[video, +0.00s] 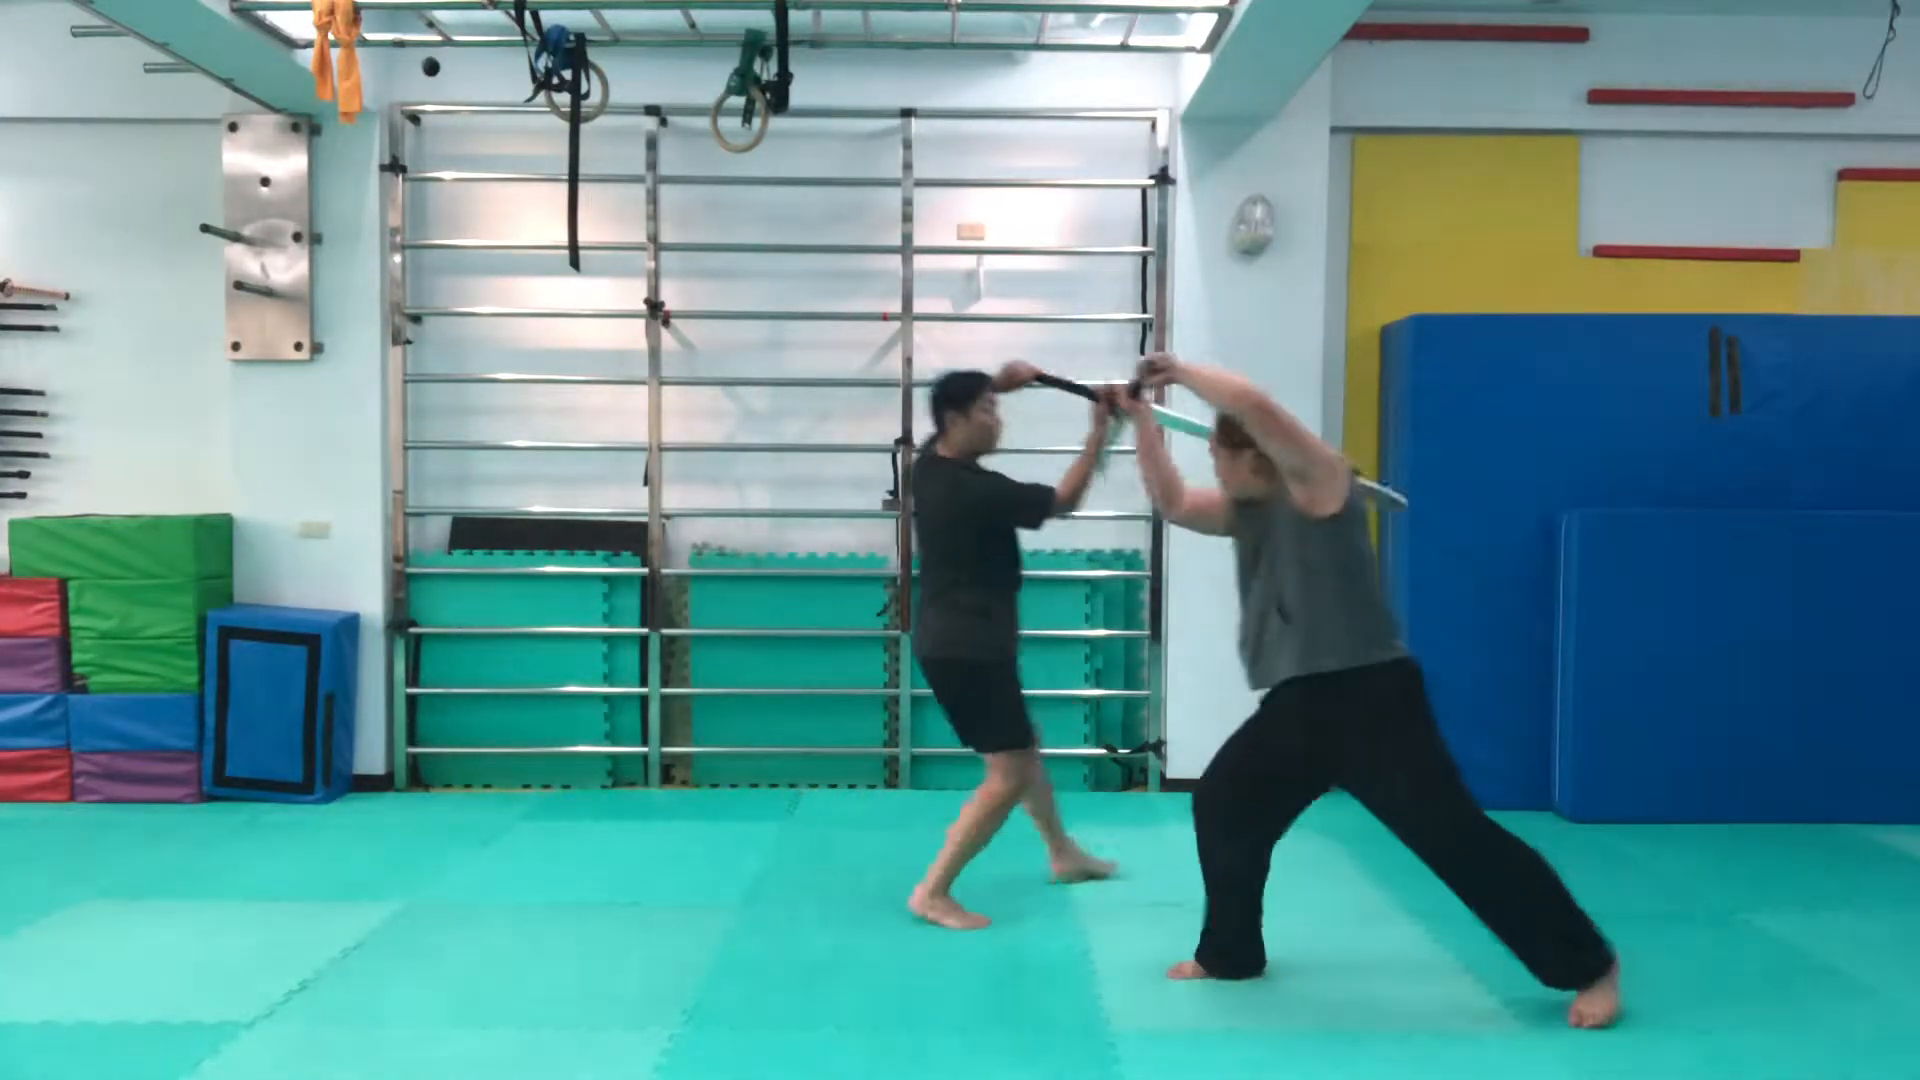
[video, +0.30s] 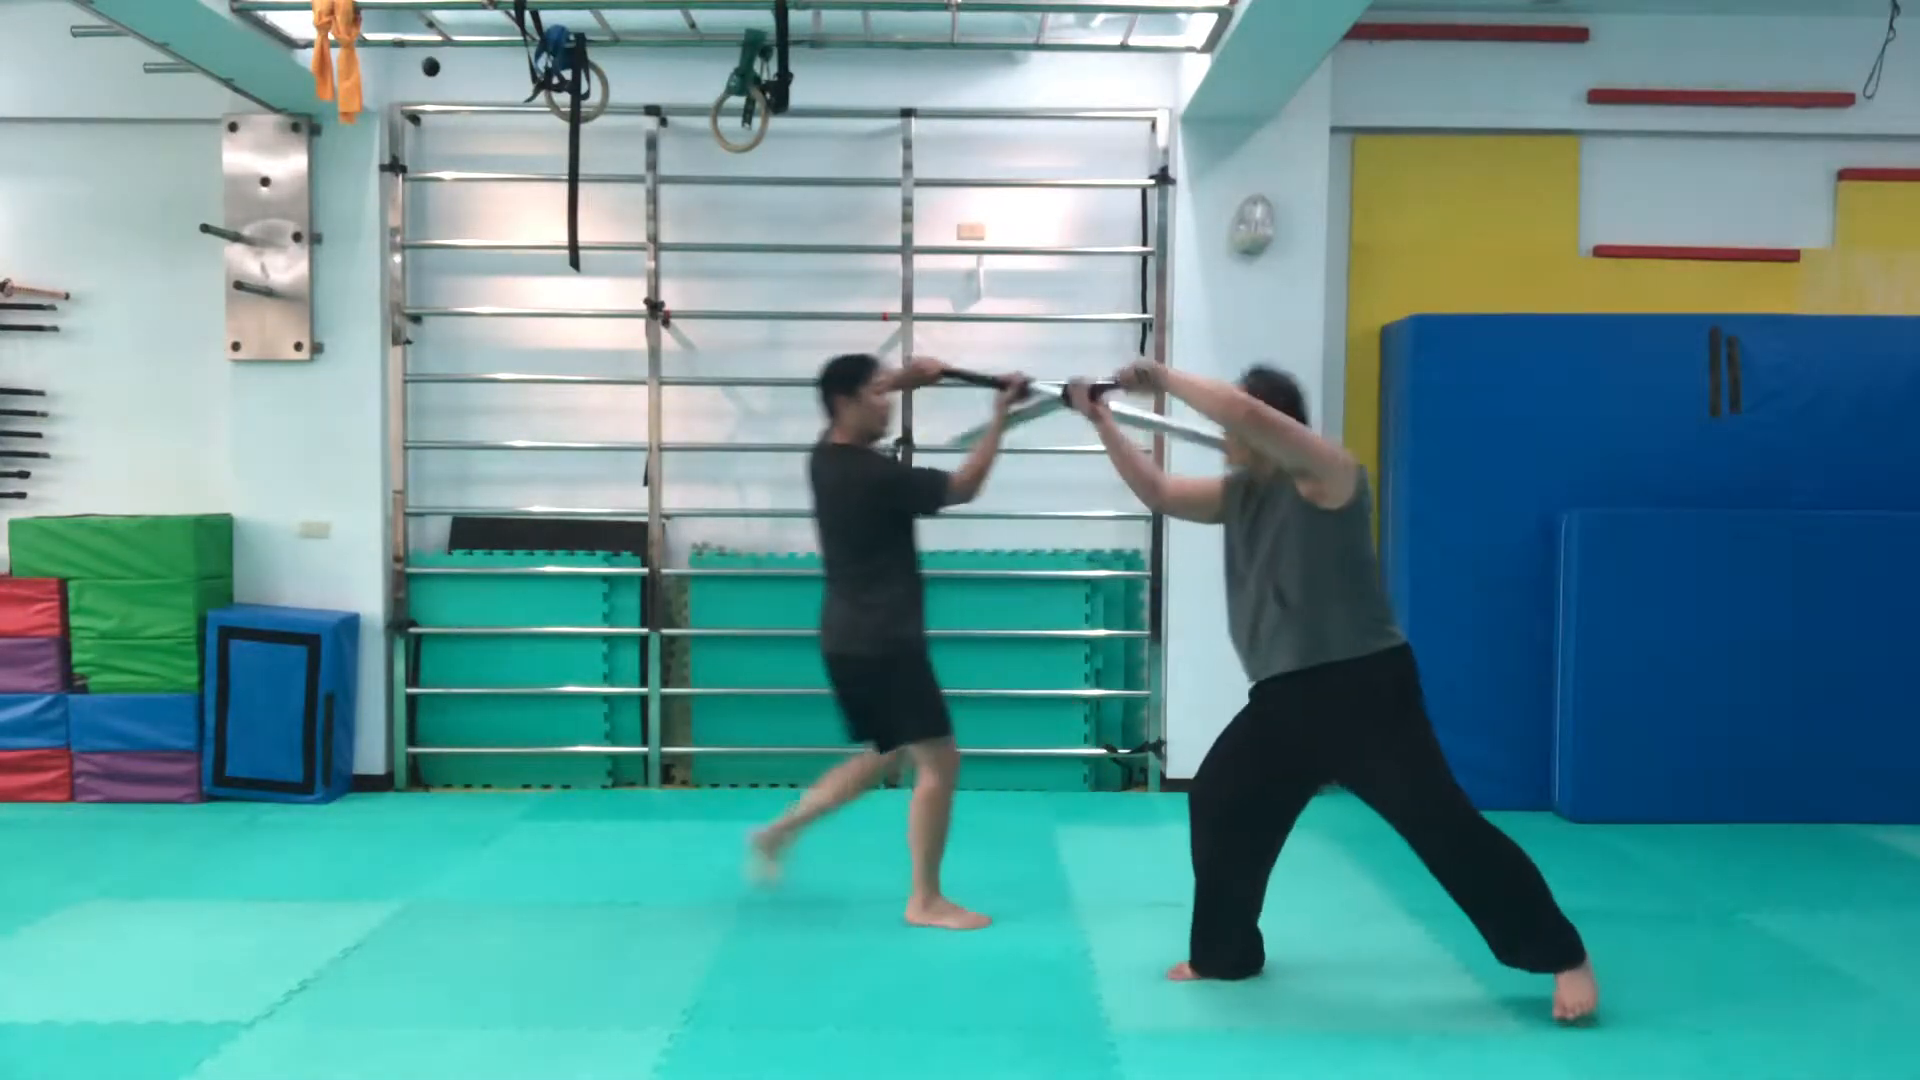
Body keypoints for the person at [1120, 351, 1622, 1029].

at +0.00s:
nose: (1219, 465)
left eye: (1228, 453)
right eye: (1218, 454)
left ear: (1262, 452)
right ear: (1228, 457)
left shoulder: (1320, 486)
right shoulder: (1246, 510)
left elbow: (1249, 403)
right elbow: (1174, 500)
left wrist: (1179, 370)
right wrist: (1141, 417)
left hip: (1372, 698)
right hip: (1300, 705)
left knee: (1453, 835)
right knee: (1224, 802)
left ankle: (1591, 966)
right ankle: (1230, 956)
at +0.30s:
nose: (1226, 443)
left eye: (1235, 431)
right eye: (1225, 433)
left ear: (1269, 427)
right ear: (1235, 438)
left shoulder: (1330, 476)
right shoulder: (1238, 496)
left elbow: (1248, 416)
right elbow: (1159, 492)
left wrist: (1162, 378)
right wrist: (1103, 421)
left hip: (1367, 686)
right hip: (1287, 699)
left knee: (1442, 825)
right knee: (1220, 802)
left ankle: (1564, 958)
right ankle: (1225, 956)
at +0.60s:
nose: (1375, 390)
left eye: (1391, 380)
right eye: (1379, 378)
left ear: (1432, 395)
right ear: (1397, 393)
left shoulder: (1473, 480)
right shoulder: (1363, 484)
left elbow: (1418, 562)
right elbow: (1327, 565)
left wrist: (1329, 576)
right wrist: (1256, 604)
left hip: (1449, 693)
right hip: (1363, 691)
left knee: (1494, 838)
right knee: (1300, 816)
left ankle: (1572, 990)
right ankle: (1237, 945)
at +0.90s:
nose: (1458, 368)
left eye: (1473, 359)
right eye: (1461, 357)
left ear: (1519, 375)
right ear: (1483, 373)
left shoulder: (1561, 464)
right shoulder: (1430, 461)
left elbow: (1556, 563)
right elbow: (1408, 549)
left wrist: (1463, 613)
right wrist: (1393, 631)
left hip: (1513, 685)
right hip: (1428, 677)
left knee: (1528, 834)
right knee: (1371, 781)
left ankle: (1572, 994)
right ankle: (1390, 916)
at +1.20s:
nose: (1428, 379)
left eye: (1444, 371)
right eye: (1429, 369)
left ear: (1487, 385)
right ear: (1437, 384)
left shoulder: (1526, 467)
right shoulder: (1411, 472)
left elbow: (1523, 569)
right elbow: (1386, 553)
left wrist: (1447, 633)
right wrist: (1360, 612)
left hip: (1499, 683)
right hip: (1419, 679)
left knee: (1524, 834)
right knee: (1400, 800)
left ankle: (1572, 992)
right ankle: (1395, 915)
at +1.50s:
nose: (1399, 388)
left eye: (1412, 379)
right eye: (1399, 379)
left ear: (1457, 388)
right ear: (1415, 390)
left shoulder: (1500, 462)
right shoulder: (1396, 471)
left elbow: (1500, 561)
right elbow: (1377, 552)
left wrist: (1437, 631)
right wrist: (1355, 605)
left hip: (1493, 665)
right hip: (1413, 664)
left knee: (1535, 801)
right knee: (1400, 792)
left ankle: (1599, 945)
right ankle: (1398, 916)